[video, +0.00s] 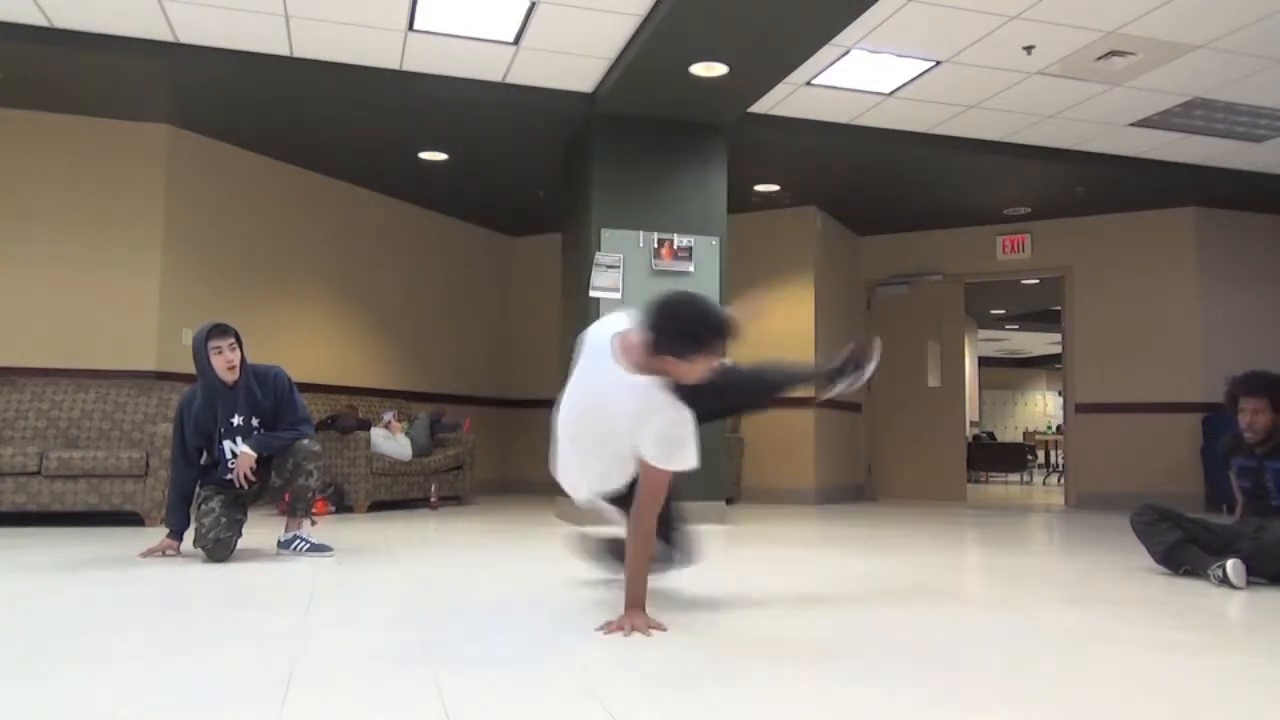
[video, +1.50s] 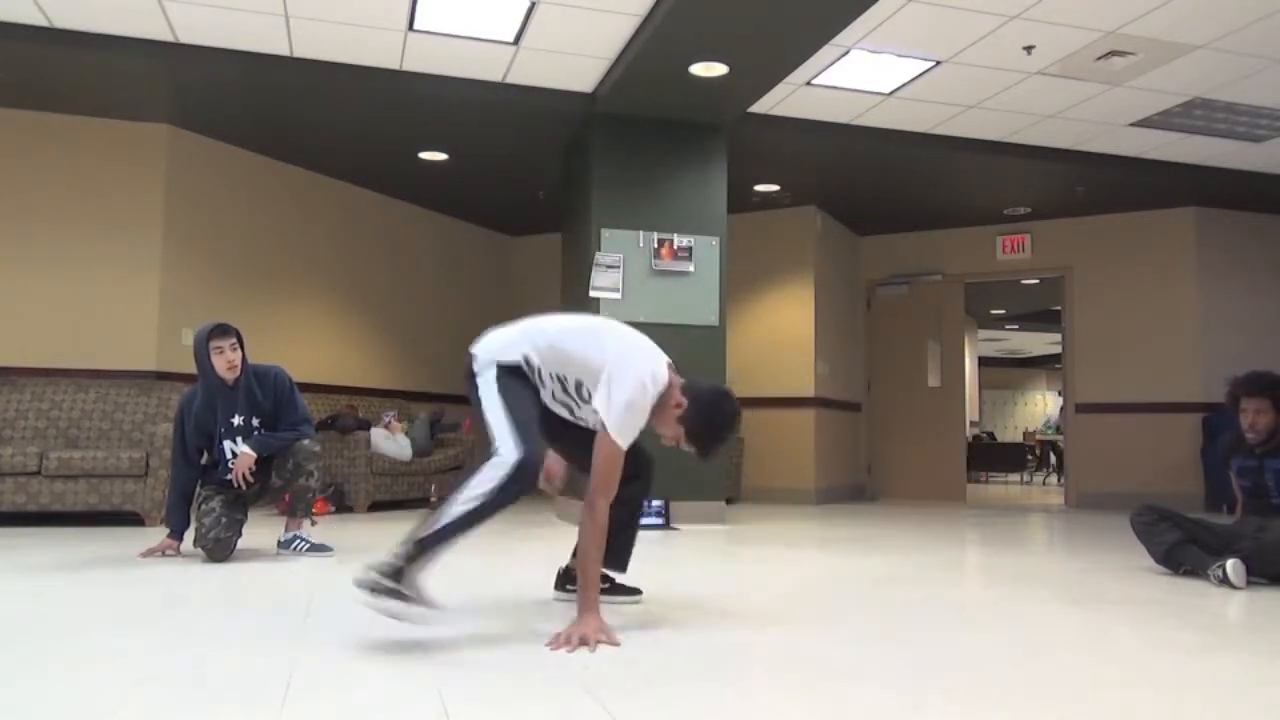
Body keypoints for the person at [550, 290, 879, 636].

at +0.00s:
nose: (717, 367)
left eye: (719, 357)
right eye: (710, 360)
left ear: (657, 327)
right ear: (674, 360)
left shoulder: (612, 326)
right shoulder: (664, 417)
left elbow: (664, 328)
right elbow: (643, 517)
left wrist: (716, 322)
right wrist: (634, 608)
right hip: (606, 478)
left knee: (724, 382)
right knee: (673, 549)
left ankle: (825, 376)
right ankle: (599, 551)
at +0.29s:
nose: (775, 408)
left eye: (787, 400)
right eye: (771, 391)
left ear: (790, 402)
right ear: (744, 378)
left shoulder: (758, 435)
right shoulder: (692, 405)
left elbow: (699, 513)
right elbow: (657, 512)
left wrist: (666, 598)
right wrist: (634, 608)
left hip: (608, 468)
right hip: (587, 419)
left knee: (542, 576)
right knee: (524, 460)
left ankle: (450, 543)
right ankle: (372, 493)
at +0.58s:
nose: (662, 355)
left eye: (668, 346)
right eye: (655, 341)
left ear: (671, 349)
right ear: (634, 337)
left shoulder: (650, 397)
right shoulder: (606, 358)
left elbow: (659, 500)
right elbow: (565, 417)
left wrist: (661, 598)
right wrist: (598, 375)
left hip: (651, 543)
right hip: (608, 520)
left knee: (793, 534)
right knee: (629, 422)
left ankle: (792, 631)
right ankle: (703, 436)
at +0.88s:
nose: (601, 361)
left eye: (600, 349)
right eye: (588, 351)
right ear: (554, 360)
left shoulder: (572, 400)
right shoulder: (550, 423)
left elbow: (600, 497)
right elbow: (552, 535)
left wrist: (654, 584)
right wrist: (587, 621)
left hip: (654, 500)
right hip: (656, 553)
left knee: (724, 396)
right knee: (783, 573)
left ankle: (842, 390)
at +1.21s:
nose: (685, 434)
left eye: (693, 434)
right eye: (688, 428)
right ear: (683, 400)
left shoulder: (667, 363)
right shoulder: (628, 397)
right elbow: (601, 517)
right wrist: (591, 623)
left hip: (577, 454)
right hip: (528, 481)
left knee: (685, 502)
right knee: (548, 585)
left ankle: (604, 573)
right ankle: (439, 566)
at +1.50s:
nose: (669, 444)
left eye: (679, 444)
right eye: (677, 439)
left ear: (680, 400)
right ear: (679, 405)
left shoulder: (655, 382)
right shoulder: (631, 382)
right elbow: (596, 505)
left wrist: (562, 456)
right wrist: (588, 614)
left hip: (550, 387)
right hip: (502, 364)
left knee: (636, 465)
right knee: (517, 460)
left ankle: (585, 570)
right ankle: (398, 568)